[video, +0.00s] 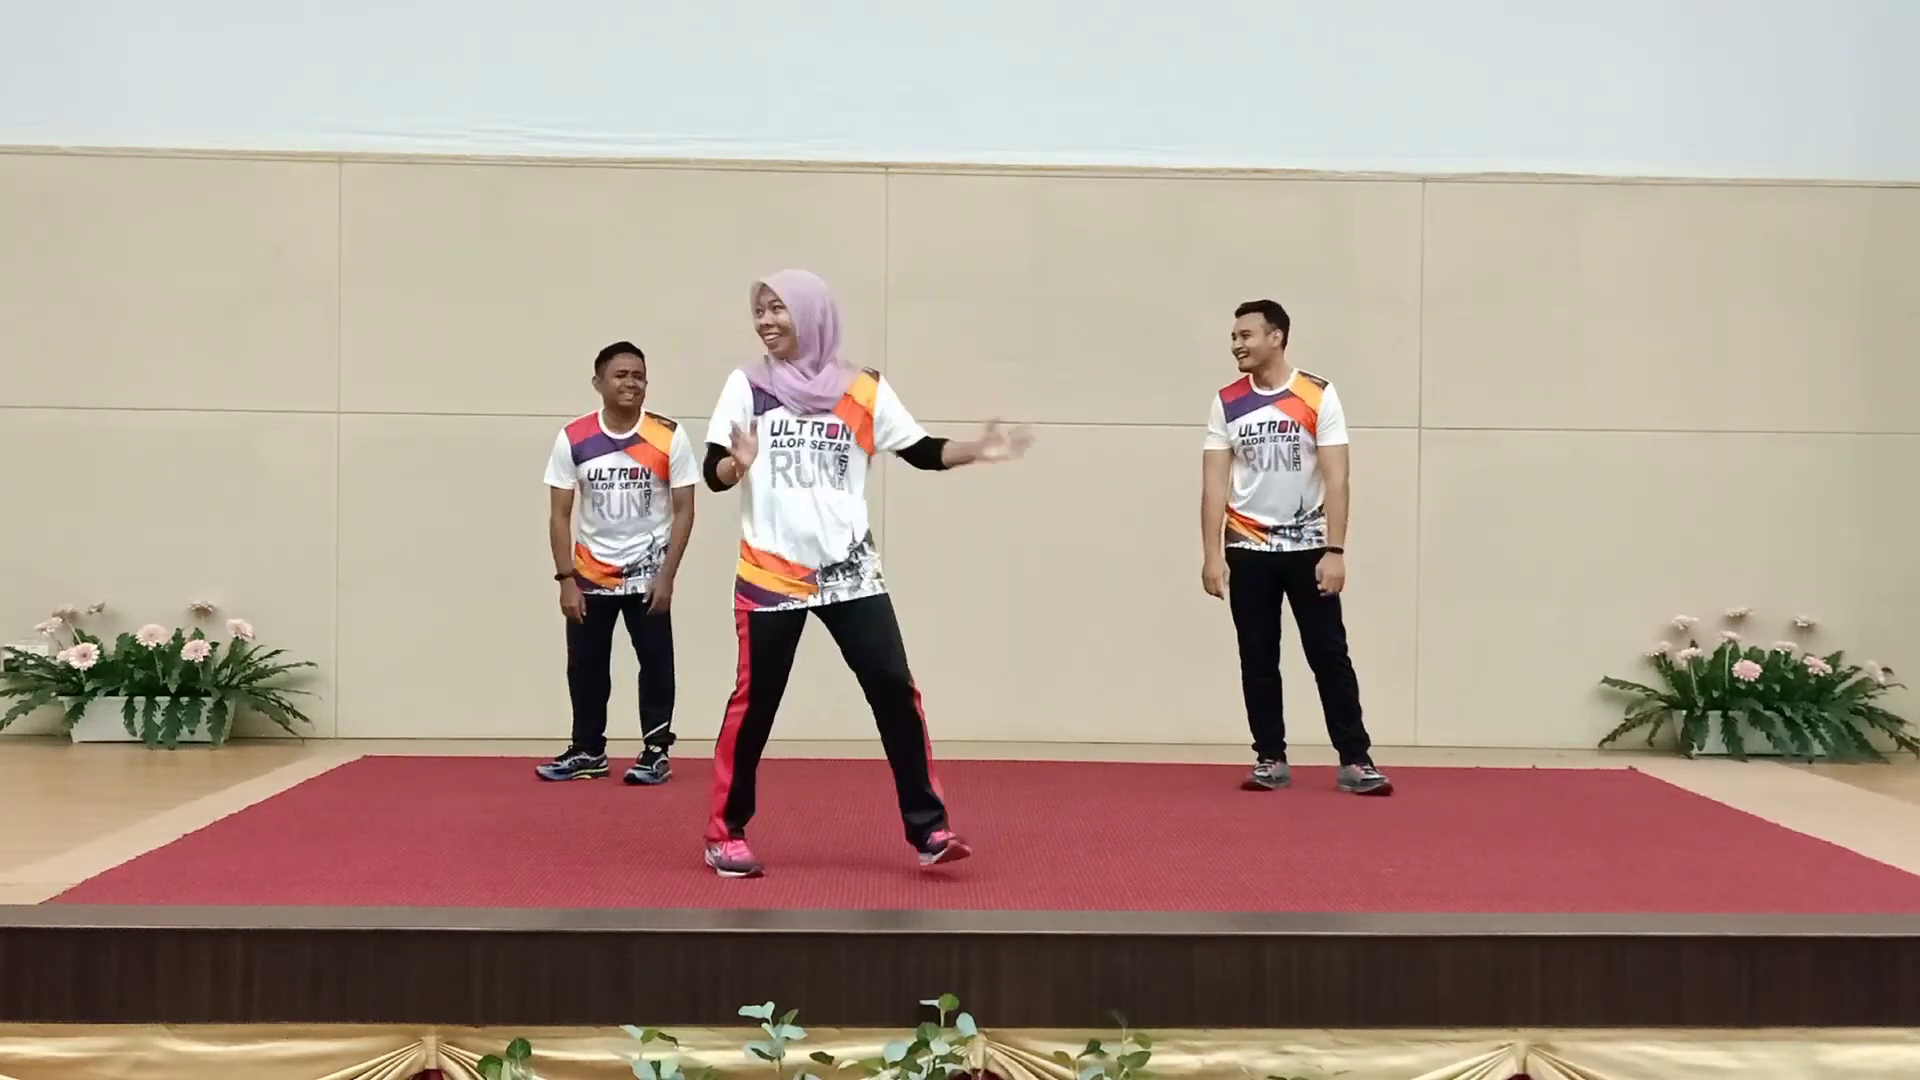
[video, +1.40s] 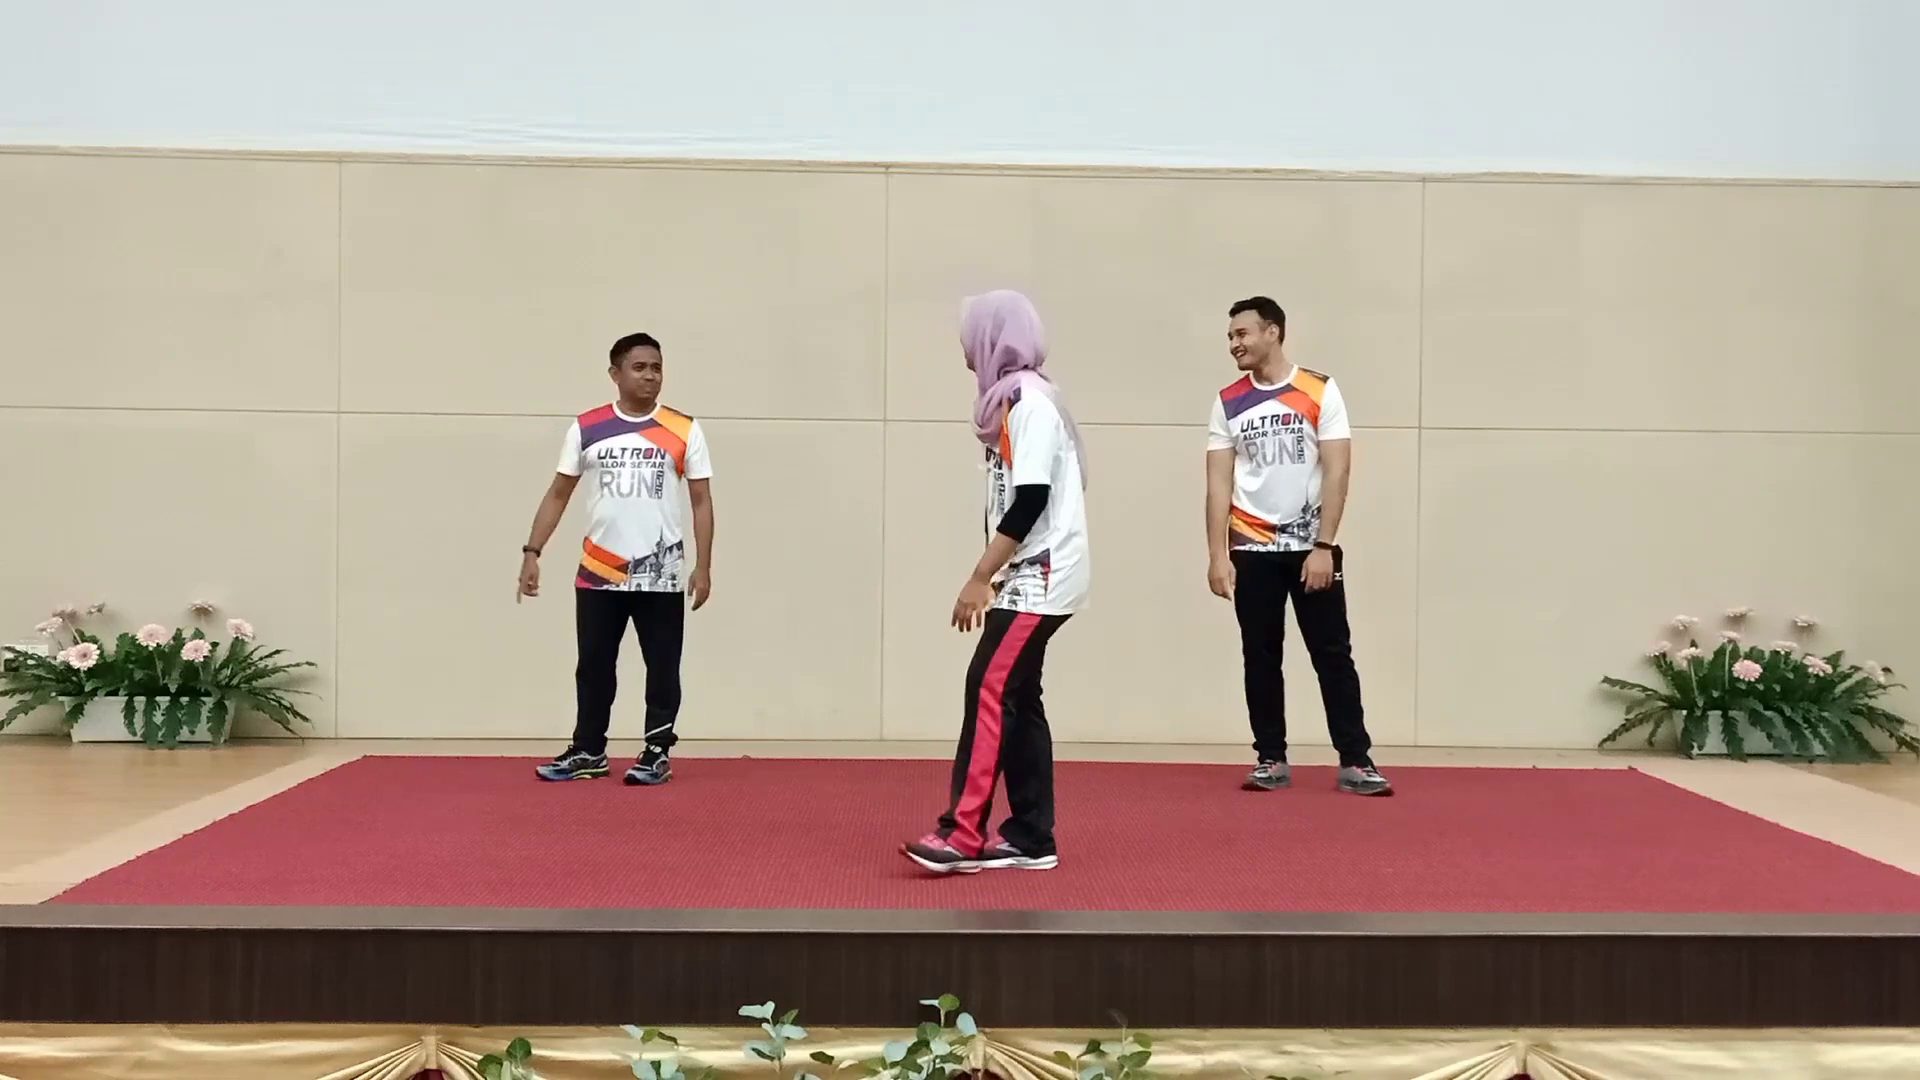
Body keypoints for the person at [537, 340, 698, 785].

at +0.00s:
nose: (631, 382)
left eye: (638, 375)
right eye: (621, 375)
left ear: (646, 382)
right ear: (599, 381)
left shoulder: (670, 438)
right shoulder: (573, 439)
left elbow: (684, 511)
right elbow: (559, 515)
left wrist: (666, 574)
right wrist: (566, 578)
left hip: (649, 573)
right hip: (591, 574)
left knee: (656, 665)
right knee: (585, 666)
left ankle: (656, 753)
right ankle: (588, 752)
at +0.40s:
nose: (583, 390)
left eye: (590, 382)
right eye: (582, 381)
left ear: (622, 384)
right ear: (607, 384)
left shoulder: (667, 435)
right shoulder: (584, 436)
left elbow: (690, 506)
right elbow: (563, 506)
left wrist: (669, 572)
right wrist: (538, 563)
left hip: (654, 581)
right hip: (600, 579)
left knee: (661, 673)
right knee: (595, 670)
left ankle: (655, 754)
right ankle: (589, 752)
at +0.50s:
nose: (583, 390)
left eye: (590, 381)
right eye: (583, 381)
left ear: (620, 382)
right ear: (607, 382)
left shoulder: (667, 432)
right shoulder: (586, 434)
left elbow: (694, 502)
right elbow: (548, 493)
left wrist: (677, 568)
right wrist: (504, 543)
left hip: (656, 576)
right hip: (603, 575)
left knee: (663, 670)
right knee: (596, 668)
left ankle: (655, 755)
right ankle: (588, 753)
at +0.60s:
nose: (588, 386)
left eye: (594, 378)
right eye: (588, 377)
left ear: (623, 379)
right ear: (615, 379)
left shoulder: (670, 428)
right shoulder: (588, 429)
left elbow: (699, 498)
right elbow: (528, 458)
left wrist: (691, 568)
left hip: (658, 576)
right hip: (605, 575)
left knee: (662, 672)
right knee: (596, 668)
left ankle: (656, 755)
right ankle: (589, 752)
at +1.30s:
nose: (649, 374)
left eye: (655, 367)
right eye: (638, 366)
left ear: (663, 373)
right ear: (615, 373)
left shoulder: (685, 430)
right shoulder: (589, 428)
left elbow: (703, 501)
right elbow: (546, 483)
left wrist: (693, 563)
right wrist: (501, 529)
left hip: (662, 574)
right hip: (602, 572)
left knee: (663, 669)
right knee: (593, 667)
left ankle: (656, 755)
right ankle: (588, 753)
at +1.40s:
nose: (651, 375)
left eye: (657, 367)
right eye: (640, 367)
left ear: (663, 372)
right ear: (615, 372)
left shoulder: (684, 430)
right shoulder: (586, 428)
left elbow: (701, 501)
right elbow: (558, 493)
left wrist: (703, 567)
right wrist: (531, 553)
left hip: (661, 576)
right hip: (600, 574)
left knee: (663, 670)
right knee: (593, 668)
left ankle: (657, 753)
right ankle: (588, 752)